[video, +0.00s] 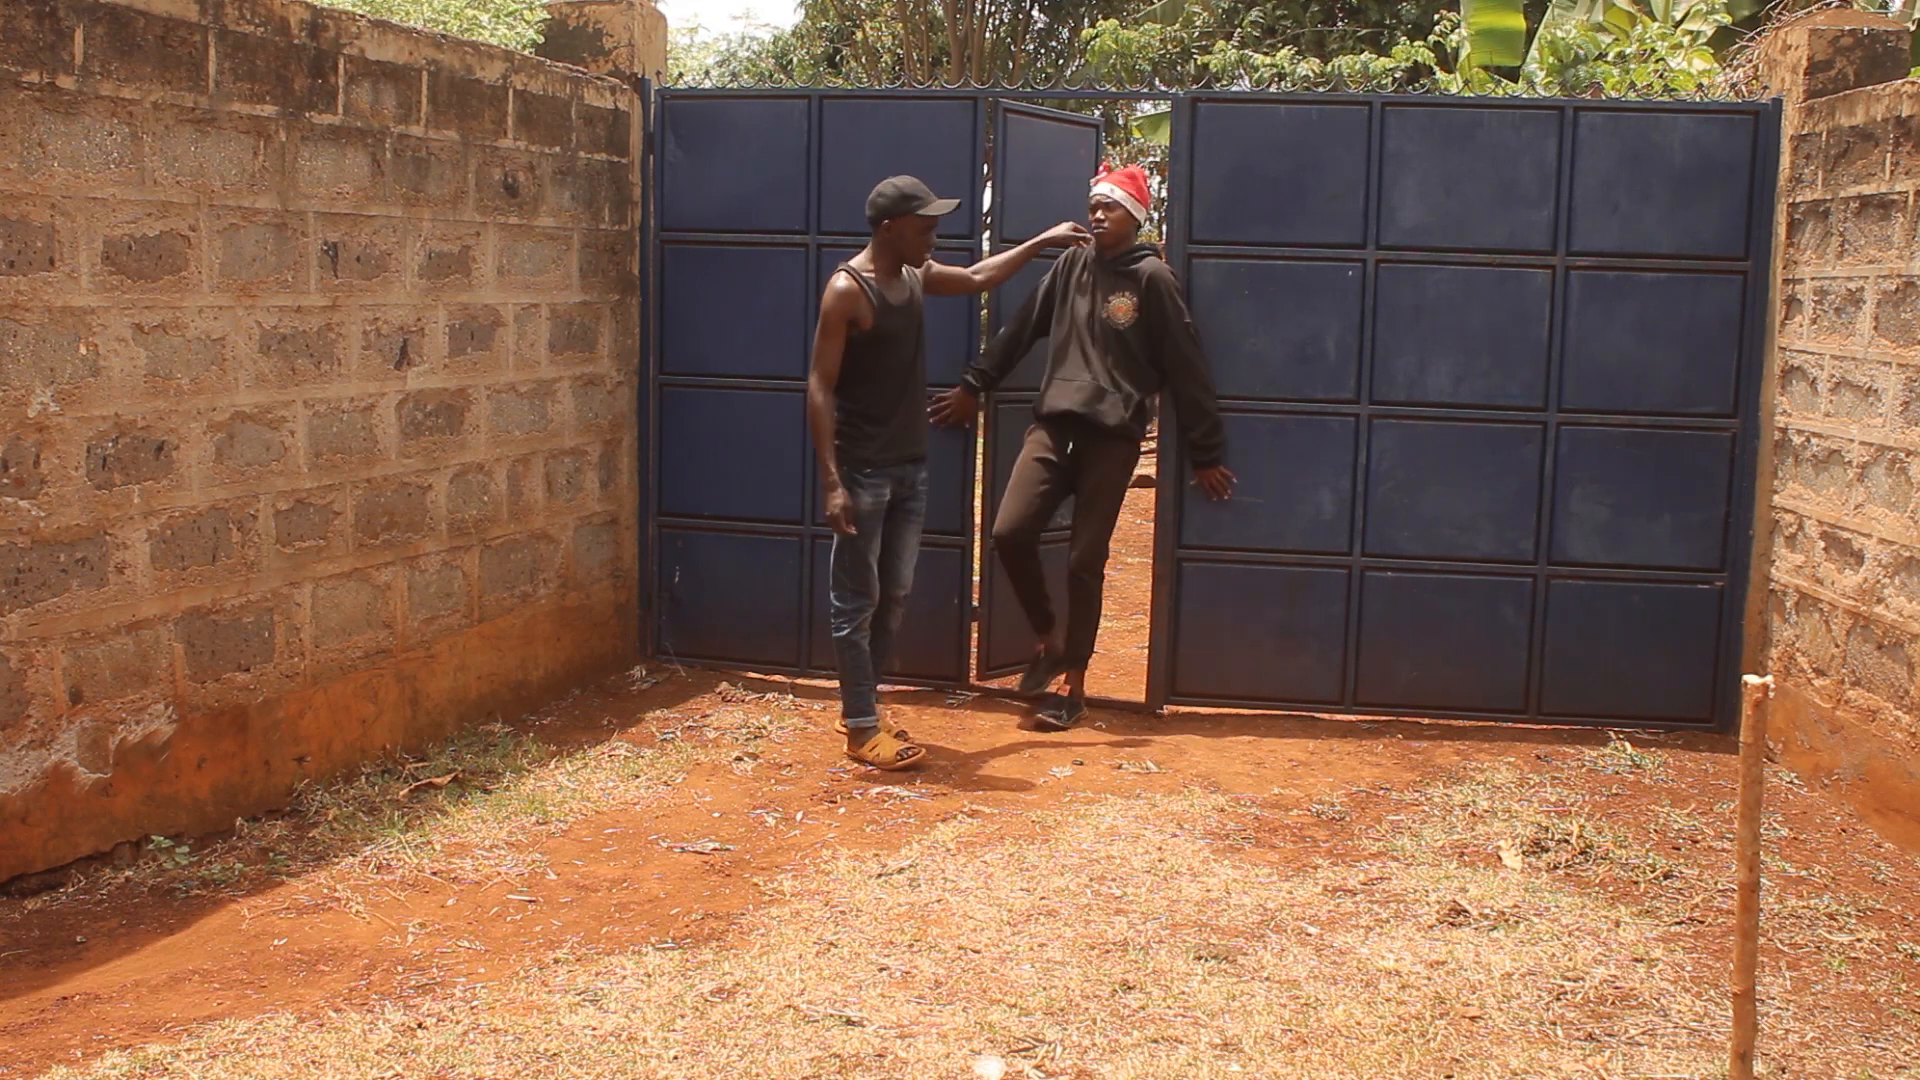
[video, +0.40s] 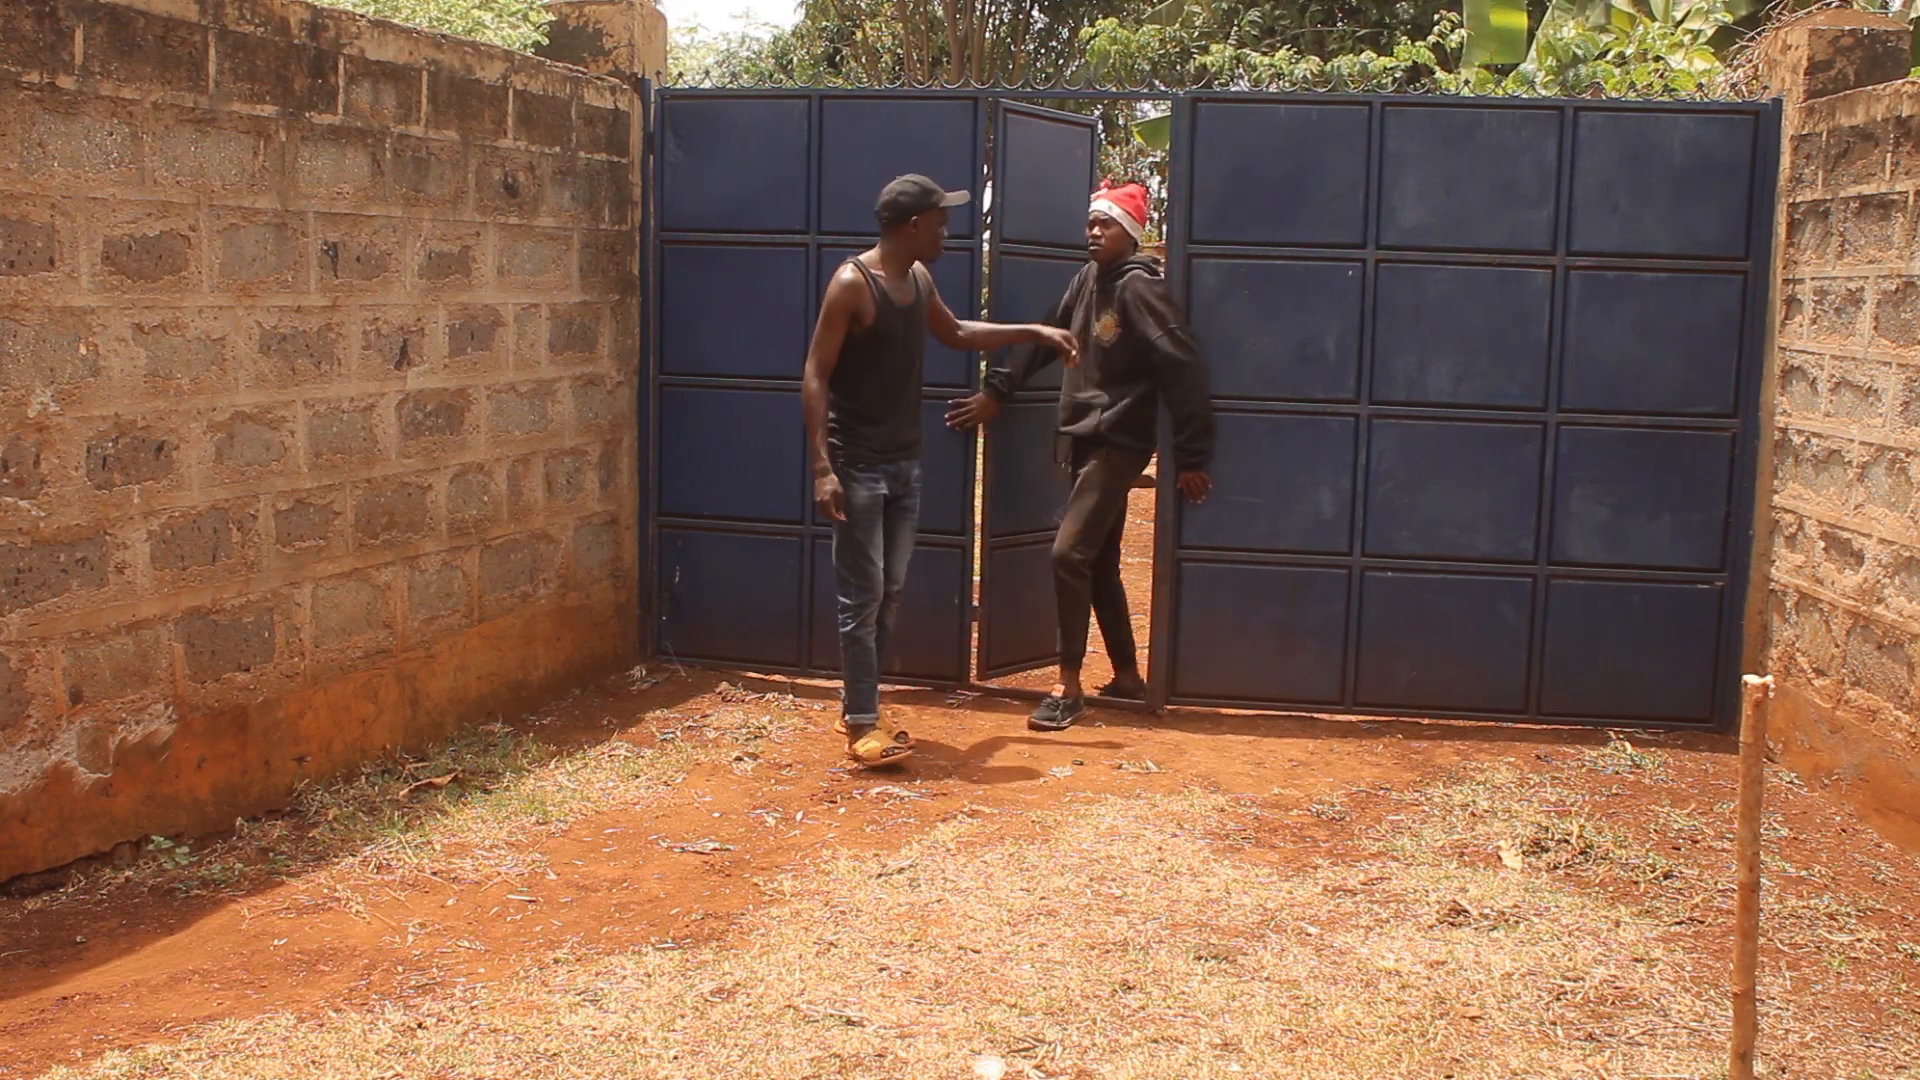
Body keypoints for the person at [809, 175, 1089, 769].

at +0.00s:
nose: (934, 235)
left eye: (934, 226)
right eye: (925, 226)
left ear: (906, 230)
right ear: (889, 227)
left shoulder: (913, 272)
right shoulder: (845, 291)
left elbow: (978, 277)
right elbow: (819, 389)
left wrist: (1043, 241)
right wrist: (831, 482)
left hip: (909, 464)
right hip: (859, 467)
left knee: (894, 593)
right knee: (855, 598)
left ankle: (864, 709)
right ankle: (862, 731)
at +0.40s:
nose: (946, 230)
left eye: (945, 221)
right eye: (940, 221)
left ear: (917, 224)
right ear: (912, 225)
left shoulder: (918, 279)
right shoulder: (852, 283)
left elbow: (958, 335)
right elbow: (814, 377)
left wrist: (1036, 331)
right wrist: (822, 468)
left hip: (904, 461)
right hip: (855, 463)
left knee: (889, 590)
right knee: (862, 594)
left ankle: (861, 708)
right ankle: (862, 728)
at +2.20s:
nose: (901, 219)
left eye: (898, 209)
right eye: (894, 210)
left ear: (864, 219)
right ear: (865, 219)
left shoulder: (874, 279)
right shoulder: (821, 290)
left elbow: (871, 384)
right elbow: (805, 395)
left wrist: (885, 467)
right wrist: (869, 466)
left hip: (878, 481)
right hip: (832, 483)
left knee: (870, 614)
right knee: (825, 626)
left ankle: (860, 727)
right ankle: (812, 760)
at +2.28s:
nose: (902, 219)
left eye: (899, 209)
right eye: (894, 210)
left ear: (865, 220)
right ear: (864, 219)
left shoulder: (877, 281)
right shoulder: (822, 292)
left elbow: (877, 389)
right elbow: (805, 396)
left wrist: (893, 469)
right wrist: (861, 477)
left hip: (879, 479)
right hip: (832, 482)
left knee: (869, 614)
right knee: (825, 625)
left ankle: (860, 727)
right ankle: (813, 760)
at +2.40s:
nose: (905, 219)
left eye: (902, 209)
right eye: (896, 210)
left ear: (868, 220)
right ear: (867, 220)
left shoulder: (880, 280)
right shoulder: (824, 294)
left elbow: (880, 386)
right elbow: (801, 397)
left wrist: (897, 462)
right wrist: (837, 491)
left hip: (881, 477)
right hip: (835, 481)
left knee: (868, 613)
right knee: (825, 625)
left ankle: (859, 727)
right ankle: (813, 759)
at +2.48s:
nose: (907, 220)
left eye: (903, 210)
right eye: (898, 211)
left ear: (870, 221)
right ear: (868, 221)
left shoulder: (883, 283)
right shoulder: (824, 295)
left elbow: (879, 387)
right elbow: (799, 400)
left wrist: (898, 461)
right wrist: (821, 497)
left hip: (883, 479)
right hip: (838, 486)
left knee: (868, 614)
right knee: (826, 627)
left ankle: (859, 726)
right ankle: (813, 759)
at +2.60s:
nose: (908, 220)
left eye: (905, 210)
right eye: (899, 211)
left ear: (872, 221)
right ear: (867, 221)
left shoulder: (885, 284)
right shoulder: (825, 295)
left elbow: (881, 387)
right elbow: (797, 398)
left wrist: (903, 457)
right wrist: (803, 498)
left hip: (884, 481)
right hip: (836, 487)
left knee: (869, 615)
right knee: (825, 627)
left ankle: (860, 726)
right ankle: (814, 760)